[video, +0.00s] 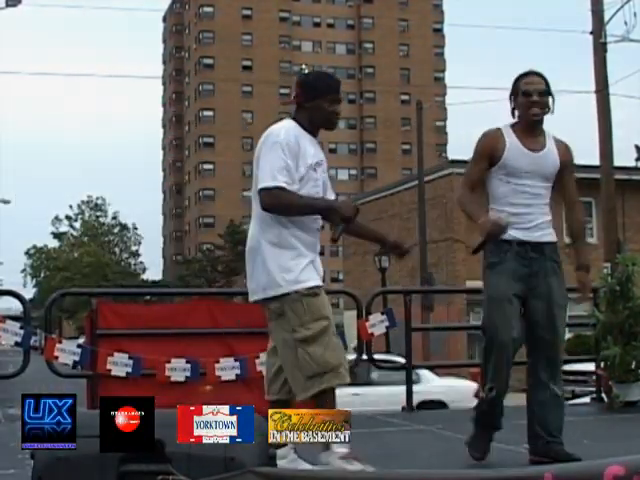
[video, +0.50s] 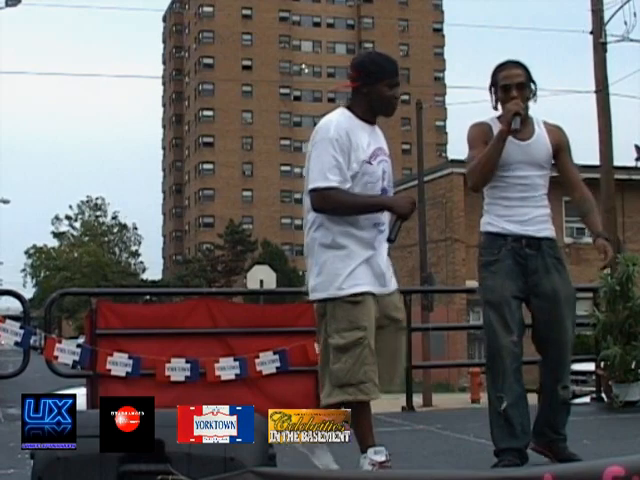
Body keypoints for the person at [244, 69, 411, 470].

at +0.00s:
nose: (338, 111)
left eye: (338, 104)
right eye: (331, 104)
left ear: (318, 105)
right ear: (305, 102)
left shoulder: (313, 148)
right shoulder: (280, 136)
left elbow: (332, 216)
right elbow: (271, 197)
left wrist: (385, 240)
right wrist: (328, 205)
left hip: (299, 271)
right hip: (283, 271)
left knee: (287, 369)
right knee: (323, 360)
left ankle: (285, 453)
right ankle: (329, 450)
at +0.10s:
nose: (353, 110)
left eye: (352, 103)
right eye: (346, 103)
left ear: (329, 105)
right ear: (322, 104)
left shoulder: (328, 150)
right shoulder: (291, 138)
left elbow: (346, 213)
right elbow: (283, 202)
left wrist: (401, 233)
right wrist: (341, 207)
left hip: (310, 275)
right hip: (291, 276)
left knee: (288, 368)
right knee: (323, 367)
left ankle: (279, 451)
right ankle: (359, 449)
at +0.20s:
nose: (365, 108)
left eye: (364, 100)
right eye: (358, 101)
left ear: (342, 104)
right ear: (334, 103)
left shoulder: (341, 149)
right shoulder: (300, 140)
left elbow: (354, 215)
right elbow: (293, 207)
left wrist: (404, 239)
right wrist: (354, 209)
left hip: (328, 276)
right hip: (304, 277)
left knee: (297, 368)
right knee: (338, 366)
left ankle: (280, 447)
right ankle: (364, 449)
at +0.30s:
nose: (375, 104)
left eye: (376, 96)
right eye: (368, 96)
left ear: (353, 99)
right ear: (342, 97)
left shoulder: (353, 143)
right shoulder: (313, 137)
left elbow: (359, 214)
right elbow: (304, 207)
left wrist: (395, 250)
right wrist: (367, 210)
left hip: (342, 273)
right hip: (320, 274)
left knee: (312, 368)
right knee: (346, 368)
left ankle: (284, 445)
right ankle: (369, 454)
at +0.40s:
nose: (388, 99)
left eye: (388, 91)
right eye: (381, 91)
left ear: (363, 94)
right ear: (353, 92)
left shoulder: (366, 137)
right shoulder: (323, 133)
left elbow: (368, 213)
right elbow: (312, 202)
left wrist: (384, 267)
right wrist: (378, 207)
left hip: (361, 269)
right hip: (333, 270)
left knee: (341, 366)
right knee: (352, 365)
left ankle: (293, 442)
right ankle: (371, 456)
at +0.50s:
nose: (397, 96)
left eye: (397, 89)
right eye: (391, 89)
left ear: (376, 89)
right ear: (364, 88)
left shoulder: (375, 134)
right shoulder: (333, 128)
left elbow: (372, 199)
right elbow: (322, 198)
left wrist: (394, 209)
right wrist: (388, 203)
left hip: (375, 265)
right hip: (341, 267)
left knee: (376, 354)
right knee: (352, 363)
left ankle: (317, 433)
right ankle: (370, 455)